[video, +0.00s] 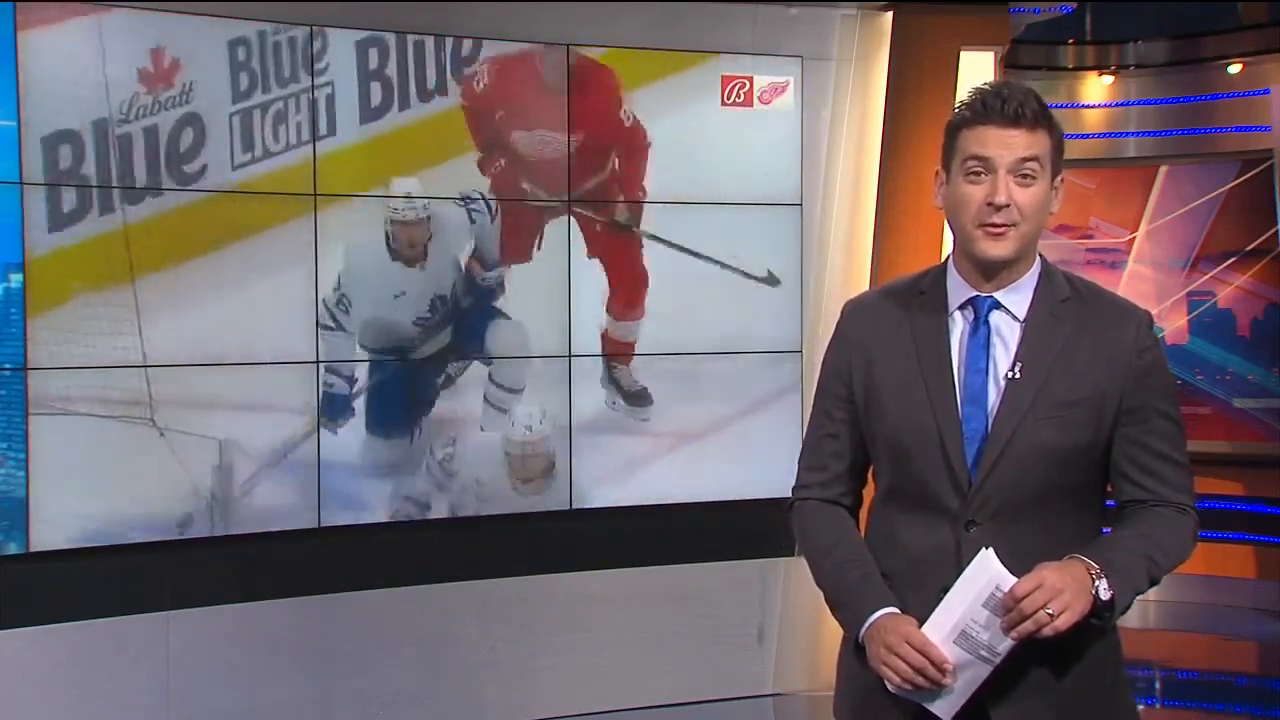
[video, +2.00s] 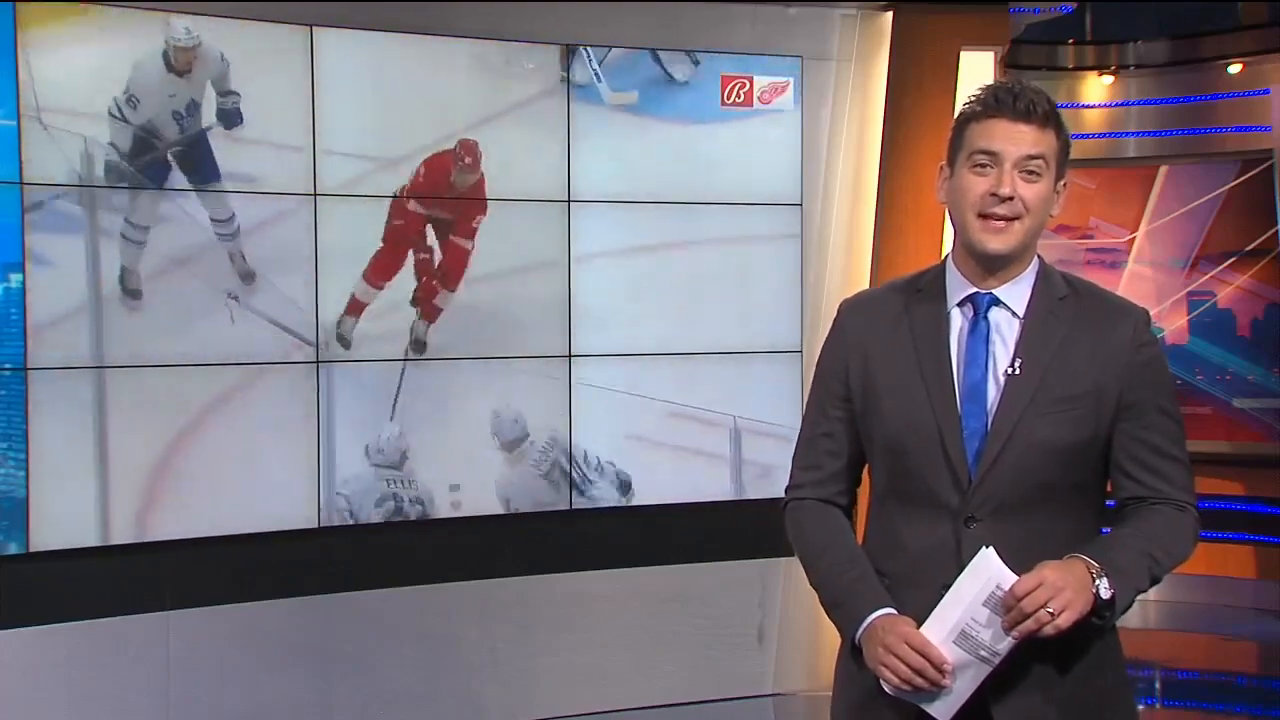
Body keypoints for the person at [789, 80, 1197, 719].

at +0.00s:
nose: (999, 196)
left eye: (1024, 176)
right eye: (976, 173)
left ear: (1053, 196)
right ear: (942, 190)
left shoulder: (1120, 336)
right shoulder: (869, 326)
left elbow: (1164, 510)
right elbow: (820, 497)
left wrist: (1094, 573)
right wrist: (873, 617)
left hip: (1056, 689)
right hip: (895, 685)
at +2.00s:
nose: (1003, 189)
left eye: (1029, 172)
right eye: (982, 165)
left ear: (1056, 196)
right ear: (945, 183)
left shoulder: (1118, 335)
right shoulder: (865, 325)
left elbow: (1166, 509)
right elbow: (813, 498)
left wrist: (1094, 572)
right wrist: (869, 619)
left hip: (1056, 692)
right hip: (892, 688)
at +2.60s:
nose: (1004, 188)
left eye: (1029, 170)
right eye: (982, 164)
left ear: (1056, 195)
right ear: (946, 183)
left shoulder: (1119, 335)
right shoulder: (865, 327)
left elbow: (1166, 509)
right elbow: (816, 500)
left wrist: (1095, 571)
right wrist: (872, 619)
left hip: (1057, 690)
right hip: (894, 687)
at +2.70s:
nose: (1004, 188)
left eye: (1029, 171)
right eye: (982, 164)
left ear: (1056, 196)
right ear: (945, 183)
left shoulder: (1119, 335)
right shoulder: (865, 327)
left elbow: (1167, 509)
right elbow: (815, 500)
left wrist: (1095, 571)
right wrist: (871, 619)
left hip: (1057, 691)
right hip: (893, 687)